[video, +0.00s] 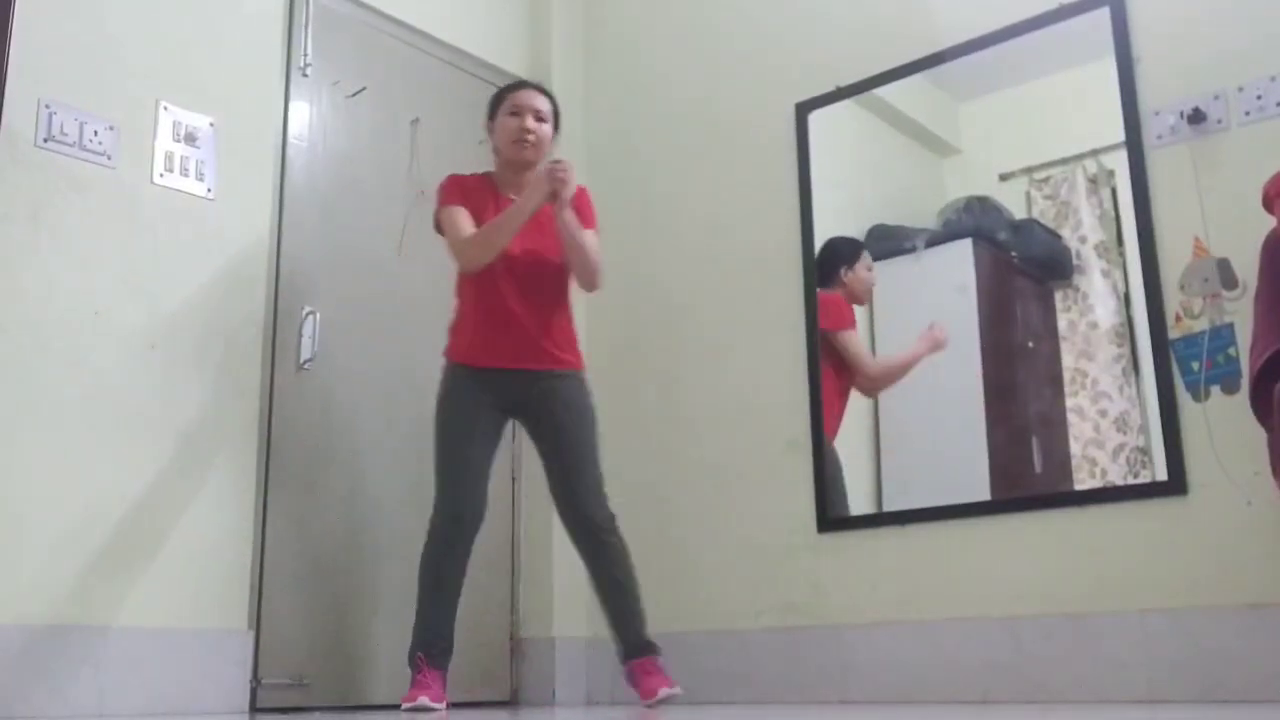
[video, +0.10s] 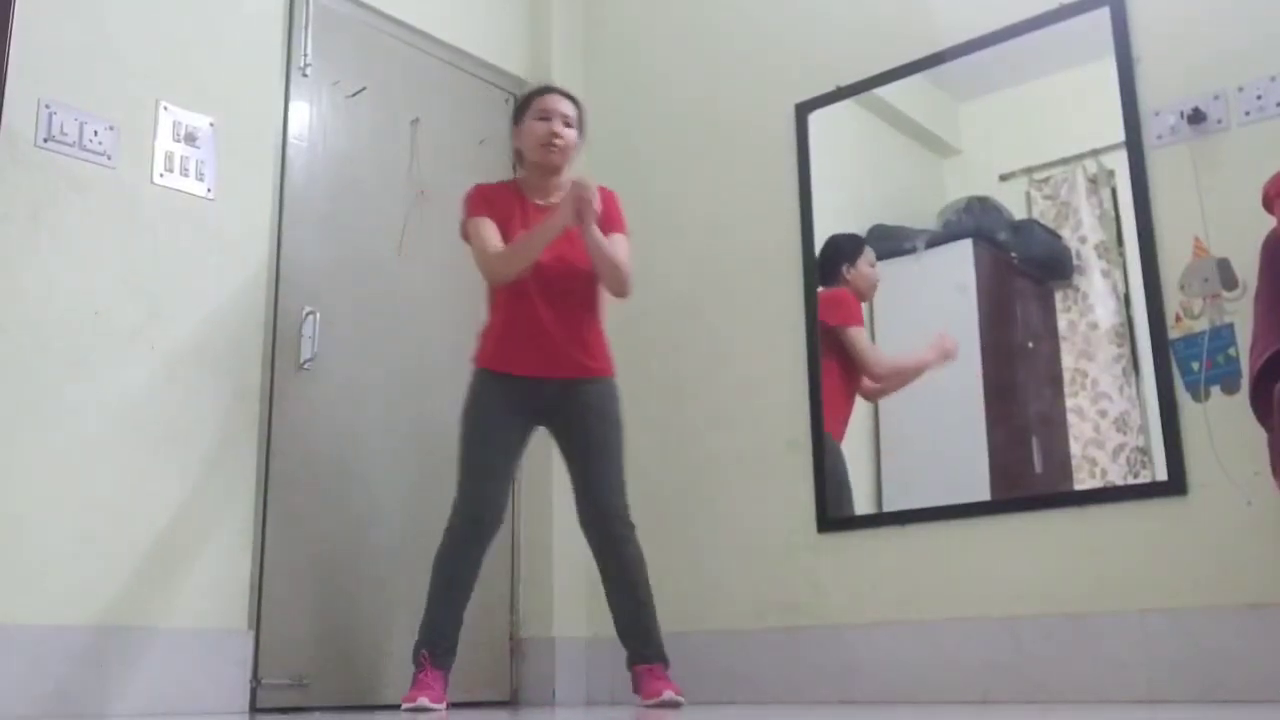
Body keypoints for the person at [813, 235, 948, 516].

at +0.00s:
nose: (873, 279)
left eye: (872, 270)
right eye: (868, 269)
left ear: (845, 274)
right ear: (845, 273)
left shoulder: (825, 305)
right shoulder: (831, 303)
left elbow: (869, 385)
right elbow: (870, 375)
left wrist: (922, 348)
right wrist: (924, 346)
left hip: (817, 442)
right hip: (813, 443)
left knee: (833, 527)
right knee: (835, 528)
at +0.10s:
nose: (878, 275)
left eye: (875, 266)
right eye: (871, 265)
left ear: (848, 271)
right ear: (847, 271)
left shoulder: (826, 306)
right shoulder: (840, 299)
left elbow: (872, 391)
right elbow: (877, 368)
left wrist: (928, 362)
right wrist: (933, 354)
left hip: (817, 439)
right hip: (819, 439)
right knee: (841, 530)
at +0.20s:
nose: (883, 272)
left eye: (881, 263)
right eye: (876, 262)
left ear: (853, 268)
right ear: (851, 267)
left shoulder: (831, 301)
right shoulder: (846, 295)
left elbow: (864, 398)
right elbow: (871, 369)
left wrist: (927, 409)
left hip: (821, 433)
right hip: (822, 434)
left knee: (841, 527)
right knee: (851, 526)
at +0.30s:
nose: (888, 271)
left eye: (887, 262)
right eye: (879, 261)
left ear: (851, 268)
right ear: (851, 266)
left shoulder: (832, 300)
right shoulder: (852, 294)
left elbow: (851, 400)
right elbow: (869, 370)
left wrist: (887, 457)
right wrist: (899, 448)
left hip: (825, 431)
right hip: (826, 432)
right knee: (855, 526)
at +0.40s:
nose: (894, 269)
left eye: (895, 261)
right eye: (885, 259)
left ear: (853, 267)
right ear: (855, 263)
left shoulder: (832, 293)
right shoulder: (858, 290)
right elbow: (850, 349)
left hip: (818, 425)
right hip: (830, 427)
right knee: (860, 514)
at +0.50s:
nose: (899, 267)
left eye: (901, 259)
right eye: (890, 257)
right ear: (860, 259)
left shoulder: (836, 288)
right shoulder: (864, 283)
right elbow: (840, 307)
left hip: (828, 420)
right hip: (836, 422)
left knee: (864, 512)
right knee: (856, 517)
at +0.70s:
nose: (901, 268)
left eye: (902, 258)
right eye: (895, 256)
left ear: (869, 259)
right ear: (869, 257)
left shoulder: (838, 286)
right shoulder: (863, 282)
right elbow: (831, 301)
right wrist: (826, 380)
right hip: (841, 418)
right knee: (860, 513)